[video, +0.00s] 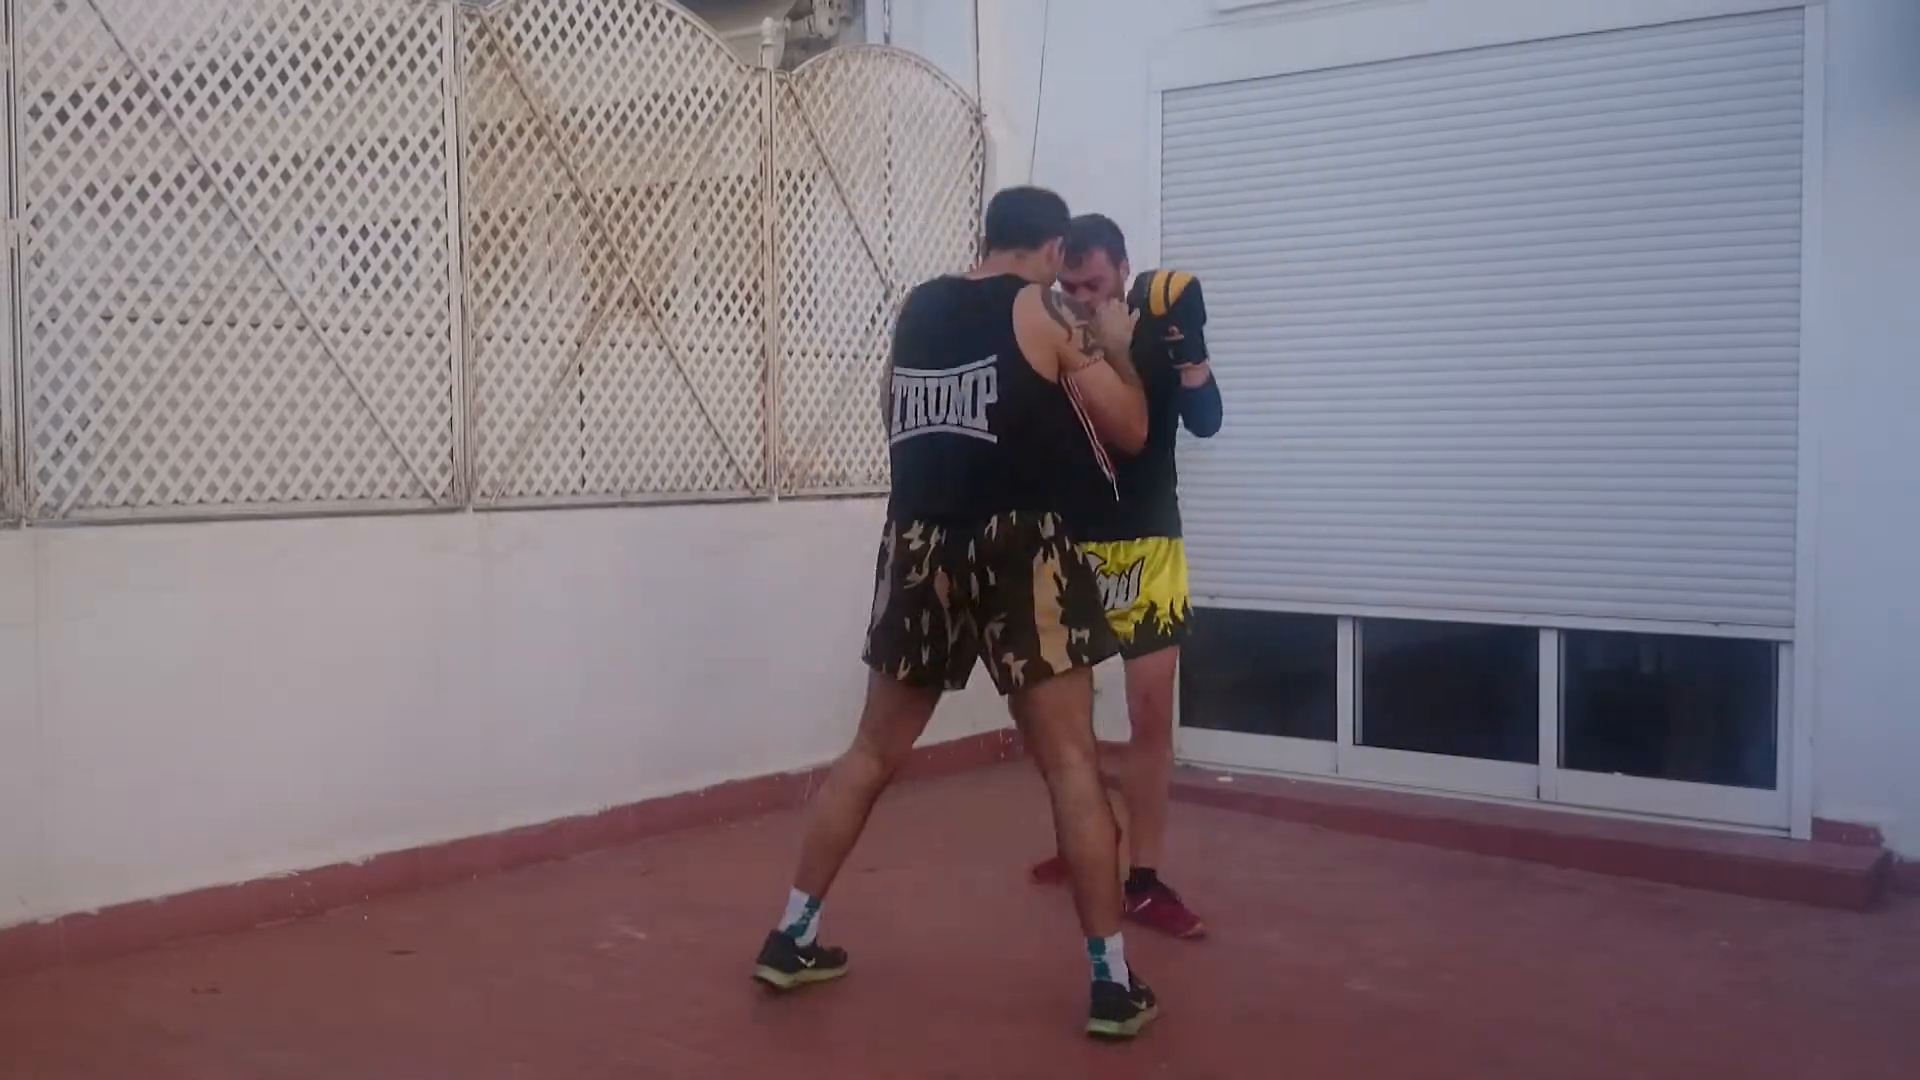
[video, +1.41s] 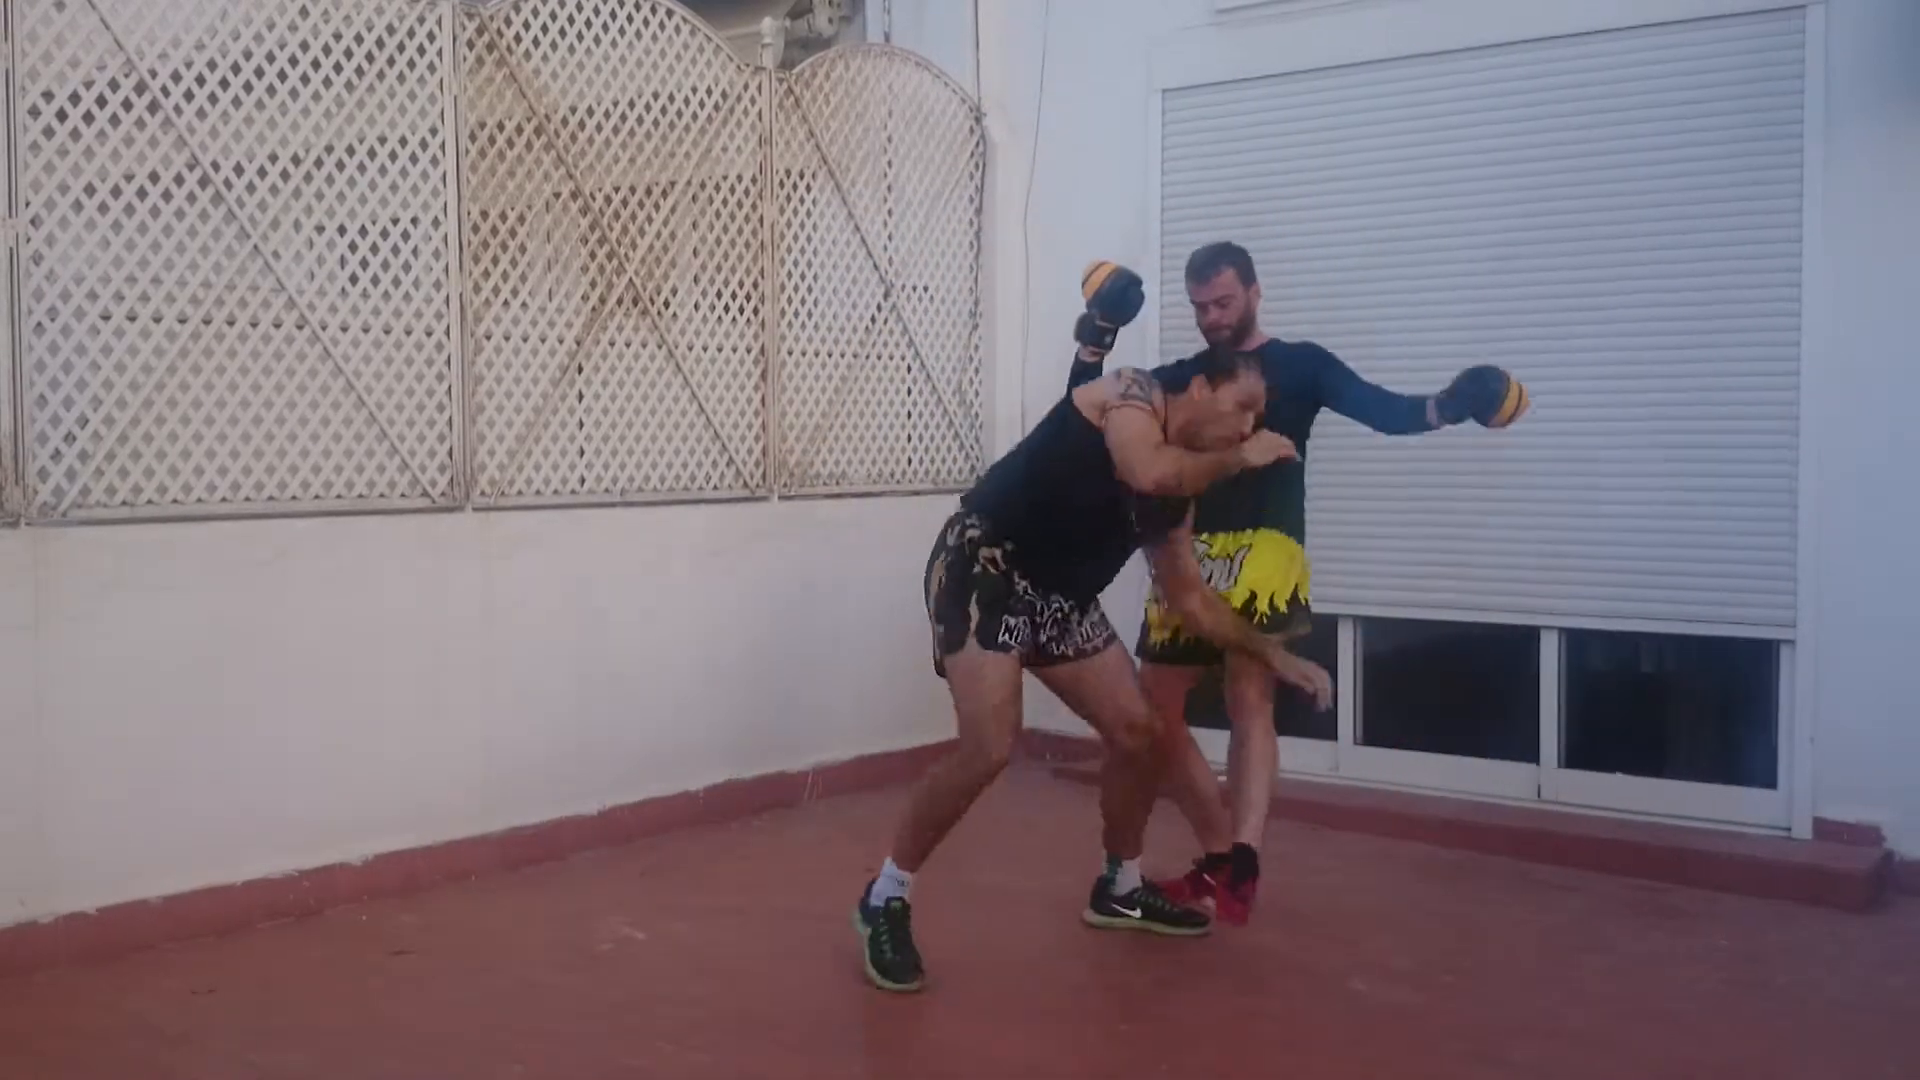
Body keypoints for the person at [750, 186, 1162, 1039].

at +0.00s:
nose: (1062, 267)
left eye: (1059, 255)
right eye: (1062, 255)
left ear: (982, 243)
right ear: (1048, 252)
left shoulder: (917, 308)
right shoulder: (1044, 319)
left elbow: (902, 416)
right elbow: (1130, 430)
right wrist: (1109, 343)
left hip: (917, 552)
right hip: (1022, 554)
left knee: (872, 753)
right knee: (1070, 764)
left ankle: (789, 936)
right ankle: (1111, 984)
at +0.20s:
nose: (1003, 263)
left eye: (1004, 251)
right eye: (1003, 249)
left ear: (926, 237)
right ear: (985, 242)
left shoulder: (866, 306)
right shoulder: (956, 305)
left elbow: (907, 411)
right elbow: (1034, 426)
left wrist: (1001, 361)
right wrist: (1056, 358)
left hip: (852, 547)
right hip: (940, 549)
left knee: (836, 746)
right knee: (1011, 746)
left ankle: (777, 940)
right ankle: (1028, 974)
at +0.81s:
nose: (1046, 263)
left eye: (1047, 249)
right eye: (1046, 249)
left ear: (971, 236)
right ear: (1025, 243)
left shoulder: (912, 304)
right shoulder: (993, 312)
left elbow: (952, 369)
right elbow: (1067, 437)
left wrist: (1018, 321)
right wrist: (1099, 361)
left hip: (891, 545)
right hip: (951, 553)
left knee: (926, 746)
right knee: (966, 760)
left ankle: (891, 920)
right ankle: (897, 985)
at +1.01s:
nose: (1119, 326)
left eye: (1118, 313)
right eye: (1117, 312)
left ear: (1050, 298)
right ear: (1090, 307)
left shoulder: (995, 339)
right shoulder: (1043, 359)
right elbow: (1132, 467)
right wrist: (1163, 383)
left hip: (966, 558)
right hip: (936, 563)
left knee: (1044, 705)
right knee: (1007, 781)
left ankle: (1003, 893)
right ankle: (902, 983)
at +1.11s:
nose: (1157, 416)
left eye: (1160, 403)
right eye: (1157, 402)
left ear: (1110, 385)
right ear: (1129, 390)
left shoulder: (1055, 418)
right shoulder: (1068, 412)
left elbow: (1085, 522)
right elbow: (1170, 510)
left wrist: (1173, 476)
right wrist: (1200, 440)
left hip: (976, 601)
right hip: (934, 602)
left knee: (1059, 733)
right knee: (1020, 788)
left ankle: (1092, 875)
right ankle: (903, 986)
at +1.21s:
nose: (1197, 464)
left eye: (1202, 454)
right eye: (1200, 452)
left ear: (1162, 434)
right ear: (1175, 435)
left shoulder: (1118, 470)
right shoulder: (1102, 435)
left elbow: (1163, 573)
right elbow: (1152, 535)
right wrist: (1208, 477)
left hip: (1005, 610)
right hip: (949, 598)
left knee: (1082, 751)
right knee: (1015, 781)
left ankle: (1117, 891)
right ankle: (904, 983)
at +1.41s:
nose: (1251, 429)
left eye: (1257, 415)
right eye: (1245, 409)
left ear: (1219, 406)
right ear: (1199, 388)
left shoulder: (1173, 486)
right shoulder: (1126, 395)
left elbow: (1186, 594)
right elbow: (1149, 472)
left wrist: (1269, 652)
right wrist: (1239, 458)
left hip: (1058, 592)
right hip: (982, 559)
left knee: (1137, 732)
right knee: (987, 748)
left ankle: (1119, 886)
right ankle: (884, 897)